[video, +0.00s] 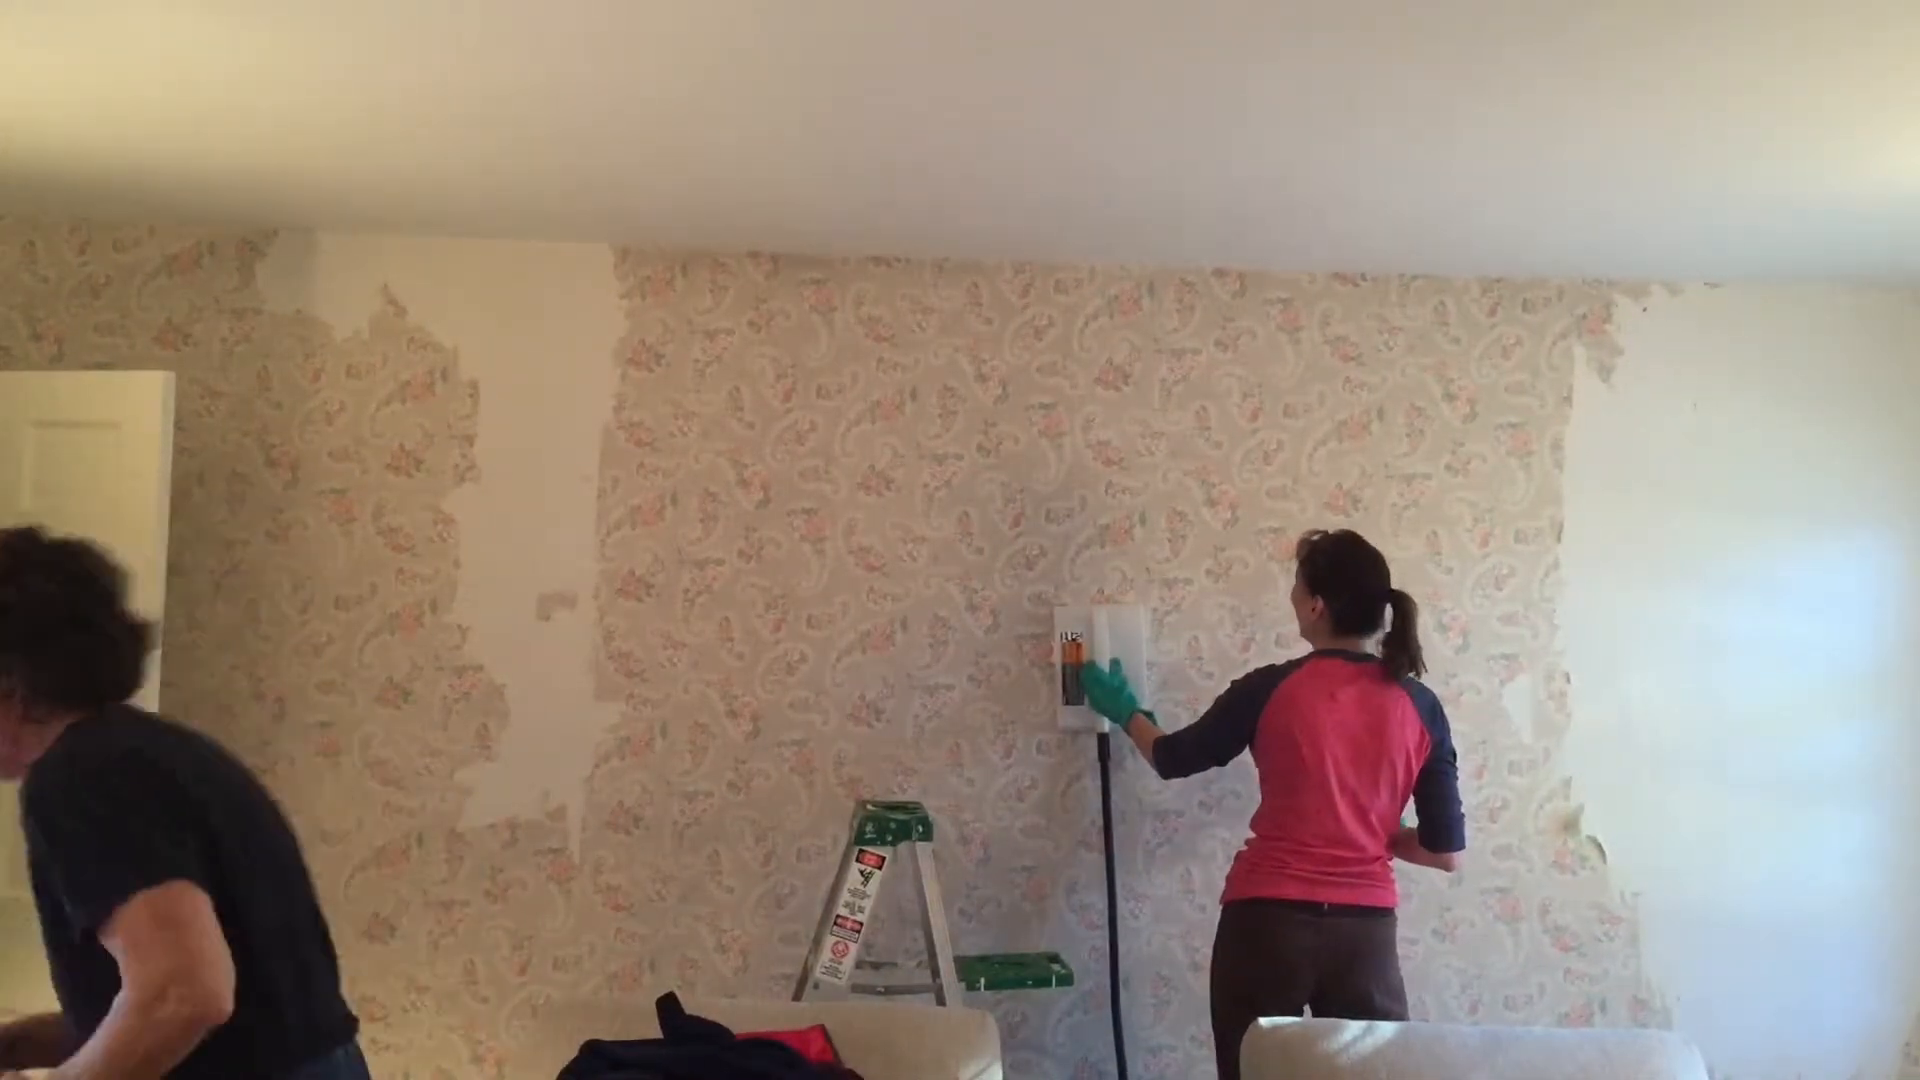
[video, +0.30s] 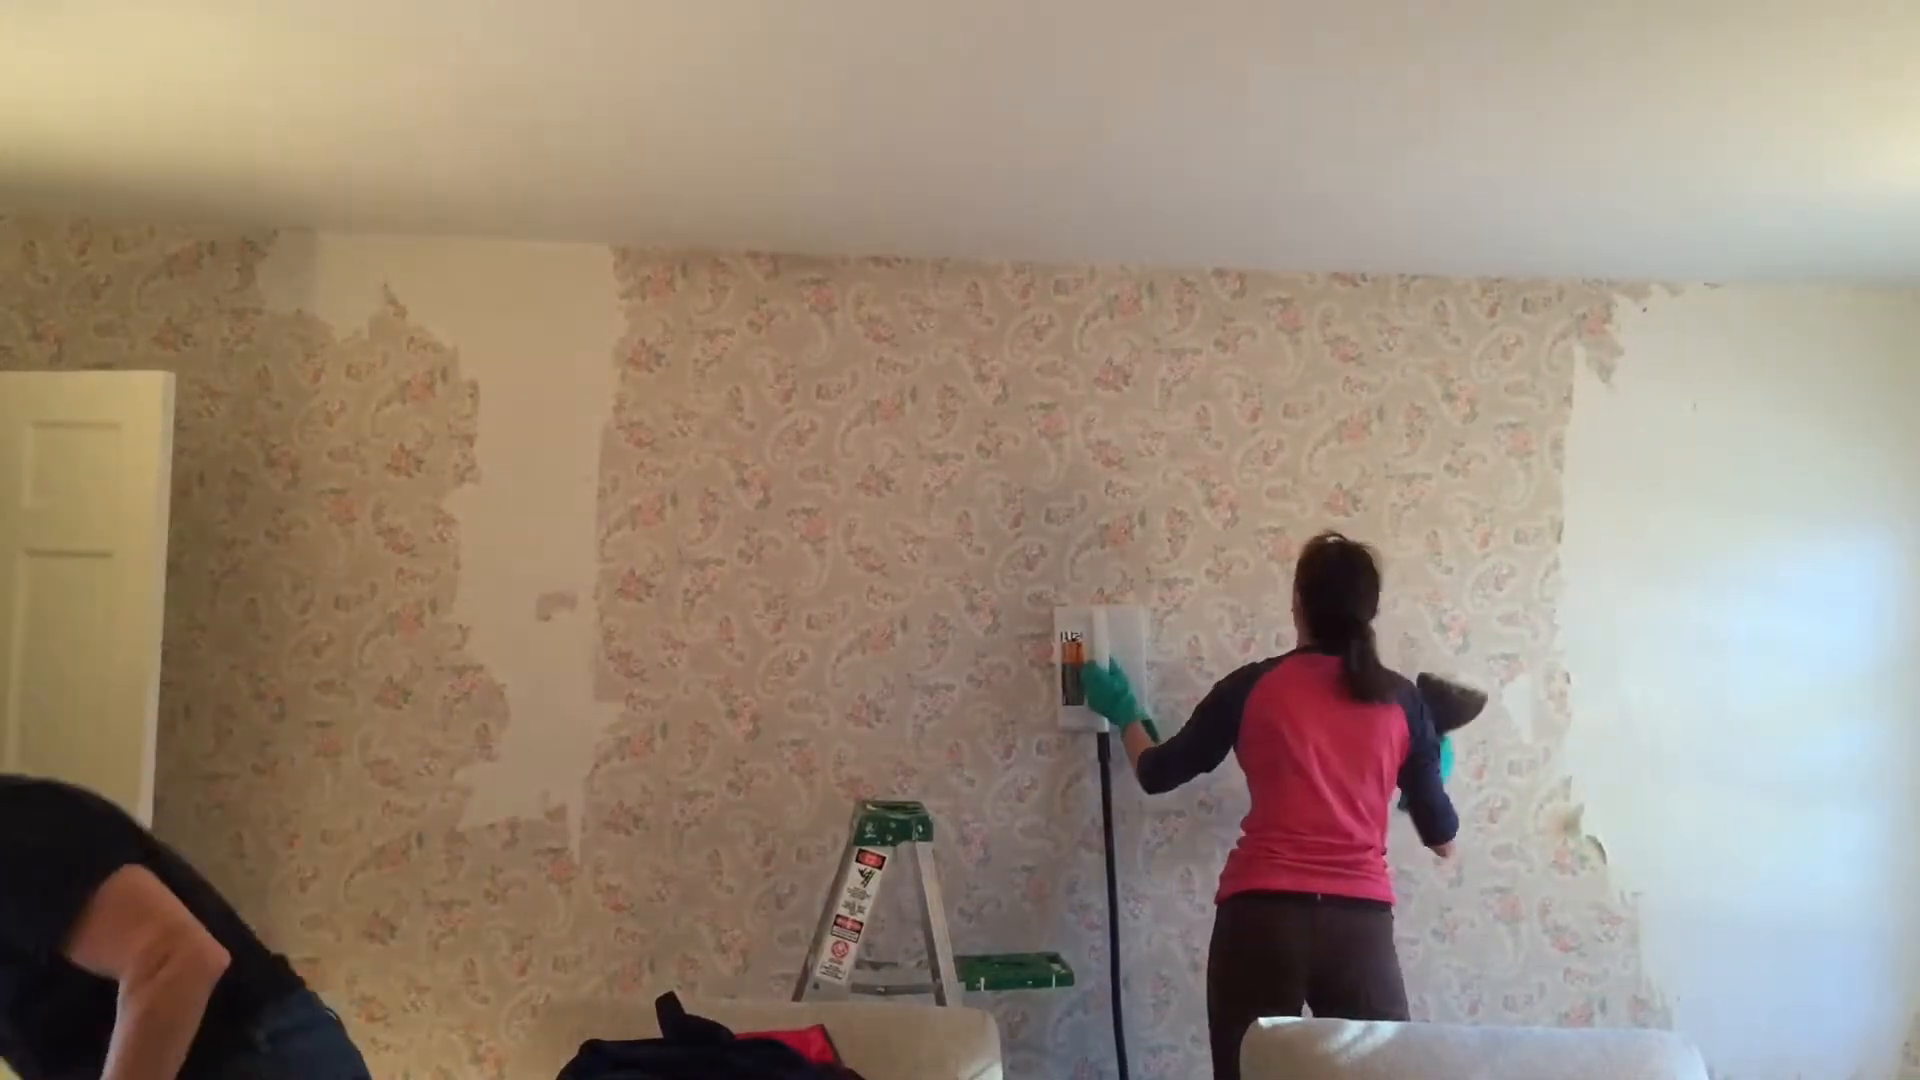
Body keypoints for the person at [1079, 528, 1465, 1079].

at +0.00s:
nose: (1293, 597)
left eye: (1298, 586)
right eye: (1297, 585)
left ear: (1316, 605)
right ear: (1376, 606)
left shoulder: (1270, 687)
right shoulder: (1421, 705)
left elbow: (1169, 758)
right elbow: (1444, 849)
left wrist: (1125, 713)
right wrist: (1373, 828)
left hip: (1263, 930)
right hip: (1365, 938)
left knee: (1248, 1074)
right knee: (1379, 1076)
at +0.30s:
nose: (1292, 599)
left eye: (1294, 590)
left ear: (1298, 602)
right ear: (1372, 608)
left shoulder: (1251, 687)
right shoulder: (1402, 701)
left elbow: (1155, 774)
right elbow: (1442, 838)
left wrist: (1124, 713)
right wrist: (1433, 770)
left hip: (1257, 927)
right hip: (1359, 933)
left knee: (1243, 1075)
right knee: (1382, 1075)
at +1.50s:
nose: (1218, 622)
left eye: (1221, 609)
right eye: (1216, 609)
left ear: (1257, 613)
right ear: (1296, 607)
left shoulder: (1239, 690)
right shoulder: (1374, 688)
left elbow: (1164, 750)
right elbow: (1418, 799)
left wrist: (1135, 672)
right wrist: (1430, 755)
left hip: (1261, 923)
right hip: (1359, 925)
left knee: (1247, 1074)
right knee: (1384, 1073)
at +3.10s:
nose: (1282, 618)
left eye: (1289, 601)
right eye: (1282, 601)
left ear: (1332, 604)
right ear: (1339, 604)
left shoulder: (1295, 687)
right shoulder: (1434, 694)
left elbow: (1182, 718)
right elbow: (1500, 820)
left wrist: (1130, 659)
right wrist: (1485, 769)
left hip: (1298, 931)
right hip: (1402, 939)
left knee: (1276, 1067)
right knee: (1431, 1075)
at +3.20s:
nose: (1303, 616)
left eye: (1310, 600)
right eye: (1304, 600)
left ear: (1353, 604)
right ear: (1369, 603)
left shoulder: (1314, 686)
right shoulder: (1458, 693)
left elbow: (1194, 710)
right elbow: (1529, 818)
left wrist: (1128, 655)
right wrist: (1533, 784)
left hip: (1324, 928)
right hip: (1428, 935)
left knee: (1292, 1073)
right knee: (1453, 1076)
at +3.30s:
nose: (1330, 617)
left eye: (1334, 603)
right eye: (1329, 603)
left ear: (1373, 604)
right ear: (1401, 605)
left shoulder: (1336, 687)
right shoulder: (1481, 695)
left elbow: (1211, 706)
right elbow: (1556, 814)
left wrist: (1137, 658)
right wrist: (1578, 797)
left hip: (1357, 933)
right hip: (1461, 938)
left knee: (1319, 1069)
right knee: (1483, 1074)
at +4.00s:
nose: (1387, 597)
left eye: (1389, 585)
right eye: (1394, 582)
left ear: (1395, 597)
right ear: (1464, 600)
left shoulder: (1357, 690)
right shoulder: (1506, 693)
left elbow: (1232, 723)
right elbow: (1576, 808)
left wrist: (1163, 659)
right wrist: (1593, 779)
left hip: (1397, 933)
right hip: (1502, 931)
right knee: (1531, 1079)